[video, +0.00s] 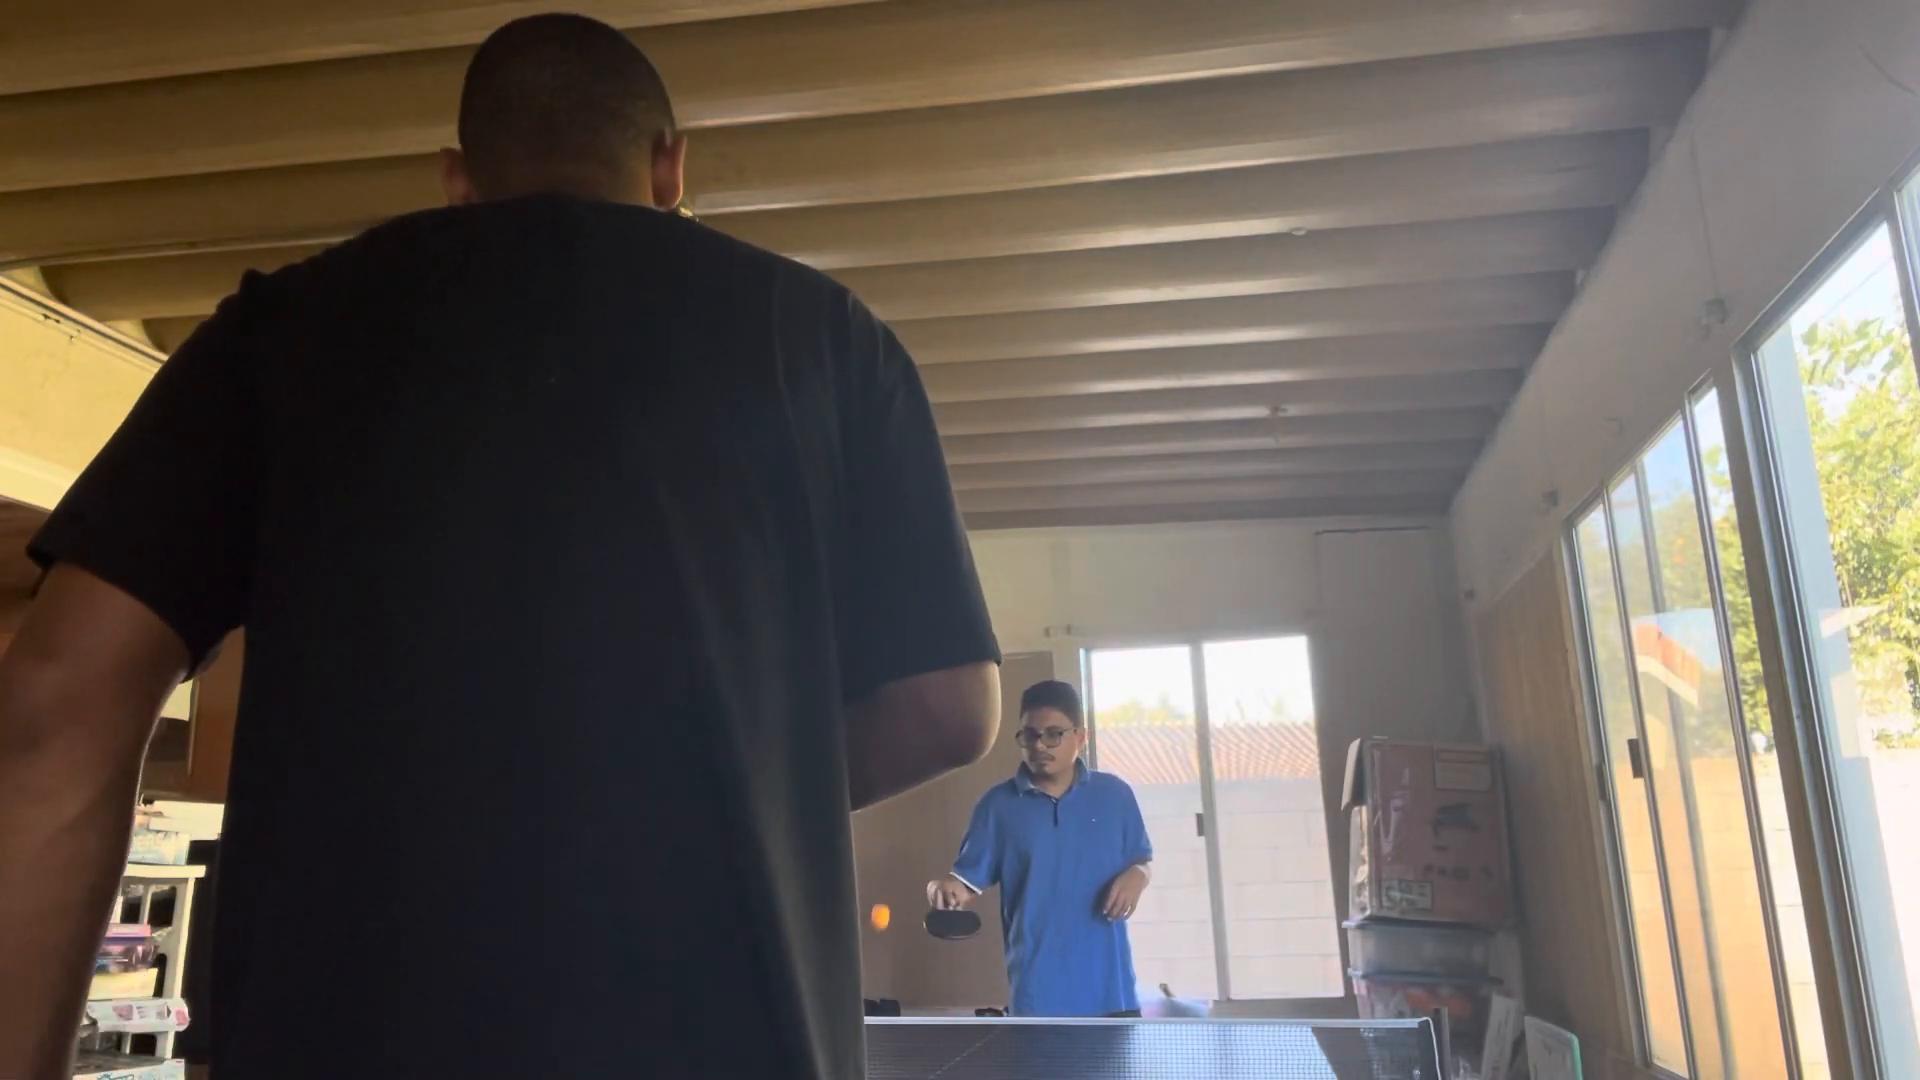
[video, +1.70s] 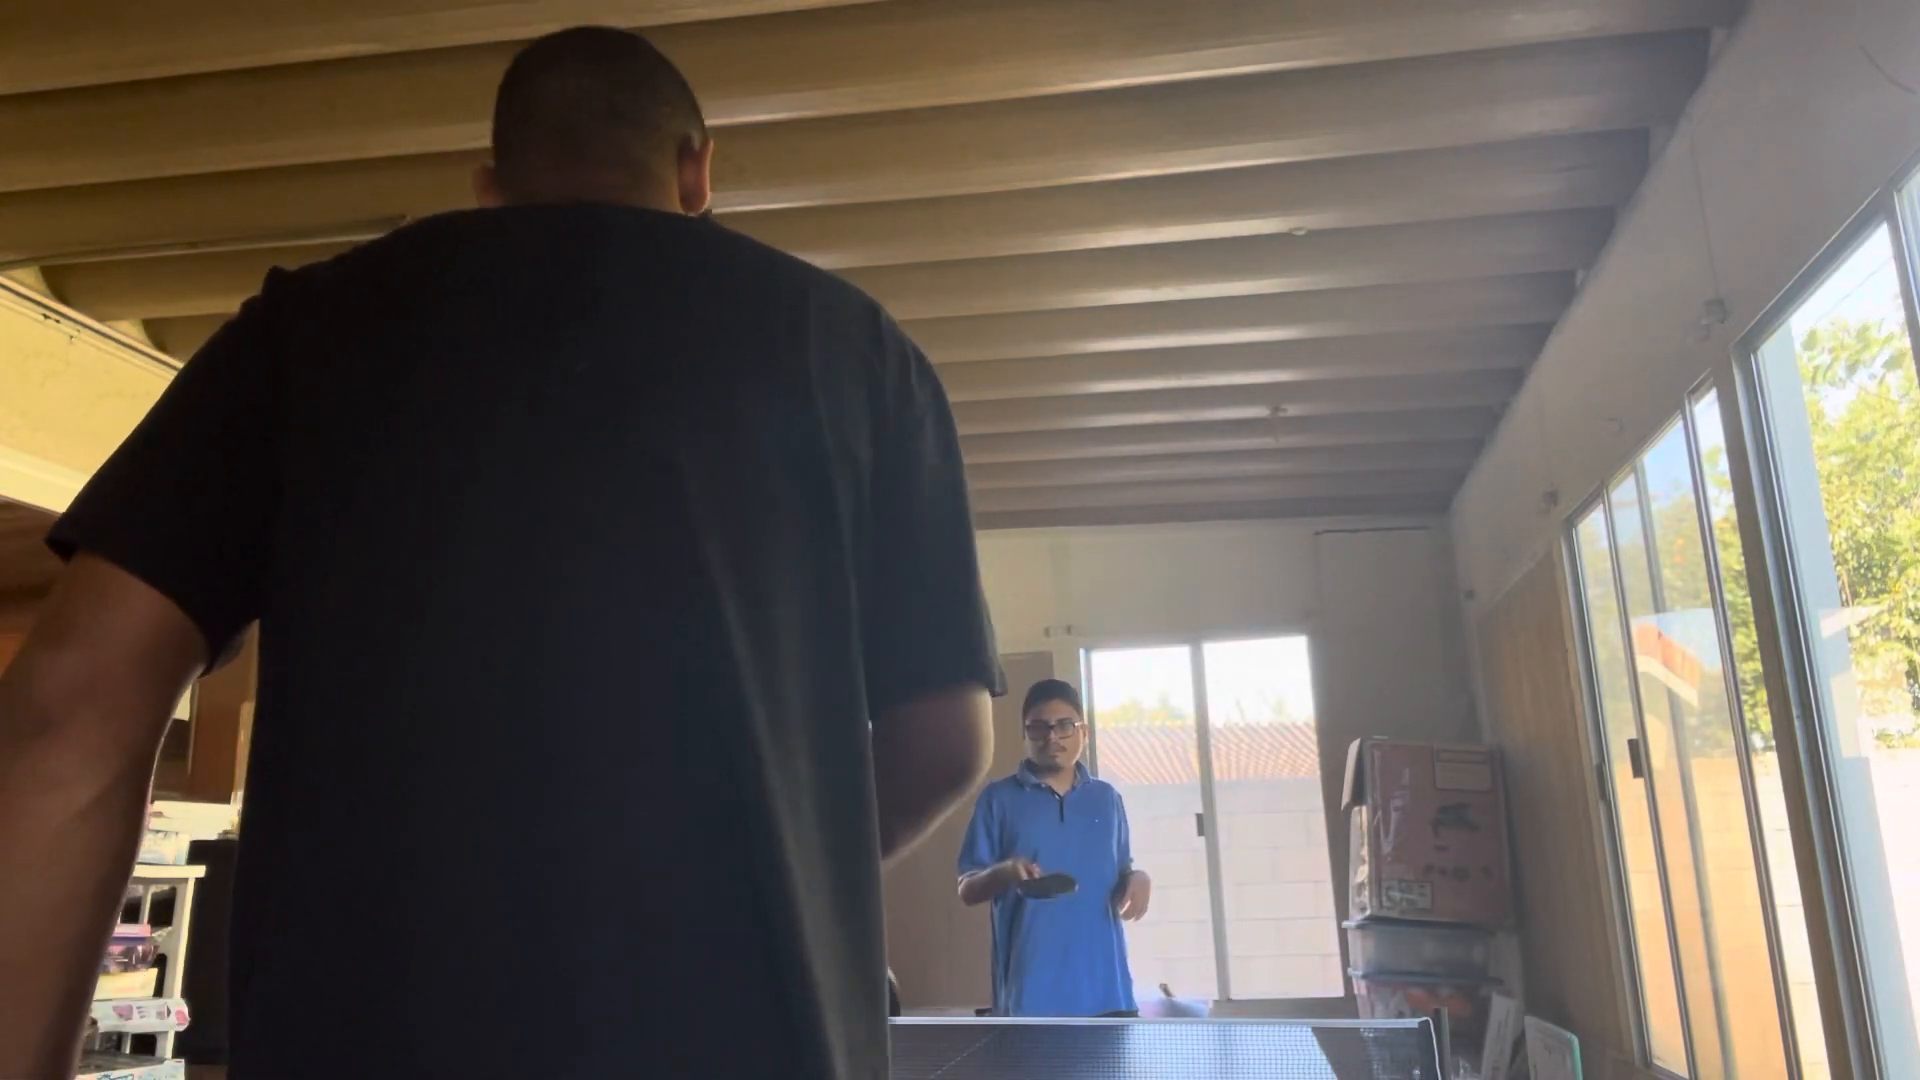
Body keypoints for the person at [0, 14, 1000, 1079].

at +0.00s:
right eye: (682, 174)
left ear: (456, 176)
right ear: (671, 171)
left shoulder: (290, 322)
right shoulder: (818, 326)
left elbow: (66, 687)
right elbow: (942, 711)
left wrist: (31, 1047)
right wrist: (723, 783)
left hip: (340, 1028)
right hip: (721, 1032)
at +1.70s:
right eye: (710, 179)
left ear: (486, 176)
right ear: (697, 174)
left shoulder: (314, 321)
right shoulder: (851, 341)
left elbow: (70, 708)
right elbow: (940, 746)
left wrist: (34, 1055)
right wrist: (765, 902)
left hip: (360, 1032)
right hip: (746, 1039)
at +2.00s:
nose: (764, 257)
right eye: (766, 237)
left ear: (563, 217)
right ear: (751, 231)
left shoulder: (382, 310)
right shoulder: (893, 379)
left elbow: (107, 635)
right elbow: (949, 797)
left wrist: (38, 1043)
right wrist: (858, 968)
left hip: (388, 1034)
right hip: (785, 1043)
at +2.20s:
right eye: (785, 253)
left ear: (586, 231)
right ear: (771, 245)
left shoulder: (404, 324)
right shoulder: (899, 353)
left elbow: (142, 620)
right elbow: (1031, 681)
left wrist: (72, 1040)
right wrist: (870, 859)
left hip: (412, 1028)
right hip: (798, 1041)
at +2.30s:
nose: (786, 260)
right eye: (791, 246)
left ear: (592, 225)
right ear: (782, 246)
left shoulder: (409, 328)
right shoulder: (894, 333)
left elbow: (149, 642)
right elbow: (1072, 582)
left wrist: (104, 1048)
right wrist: (911, 789)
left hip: (429, 1025)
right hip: (824, 1030)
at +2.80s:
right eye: (818, 233)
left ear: (626, 224)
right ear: (815, 234)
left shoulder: (447, 333)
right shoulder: (934, 333)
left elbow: (182, 678)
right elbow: (1120, 655)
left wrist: (222, 1056)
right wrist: (984, 650)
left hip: (483, 1039)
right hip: (872, 1041)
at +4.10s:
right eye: (815, 219)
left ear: (613, 220)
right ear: (807, 217)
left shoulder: (453, 348)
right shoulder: (938, 347)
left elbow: (218, 684)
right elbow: (1072, 695)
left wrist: (207, 1057)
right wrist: (972, 760)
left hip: (485, 1035)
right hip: (842, 1040)